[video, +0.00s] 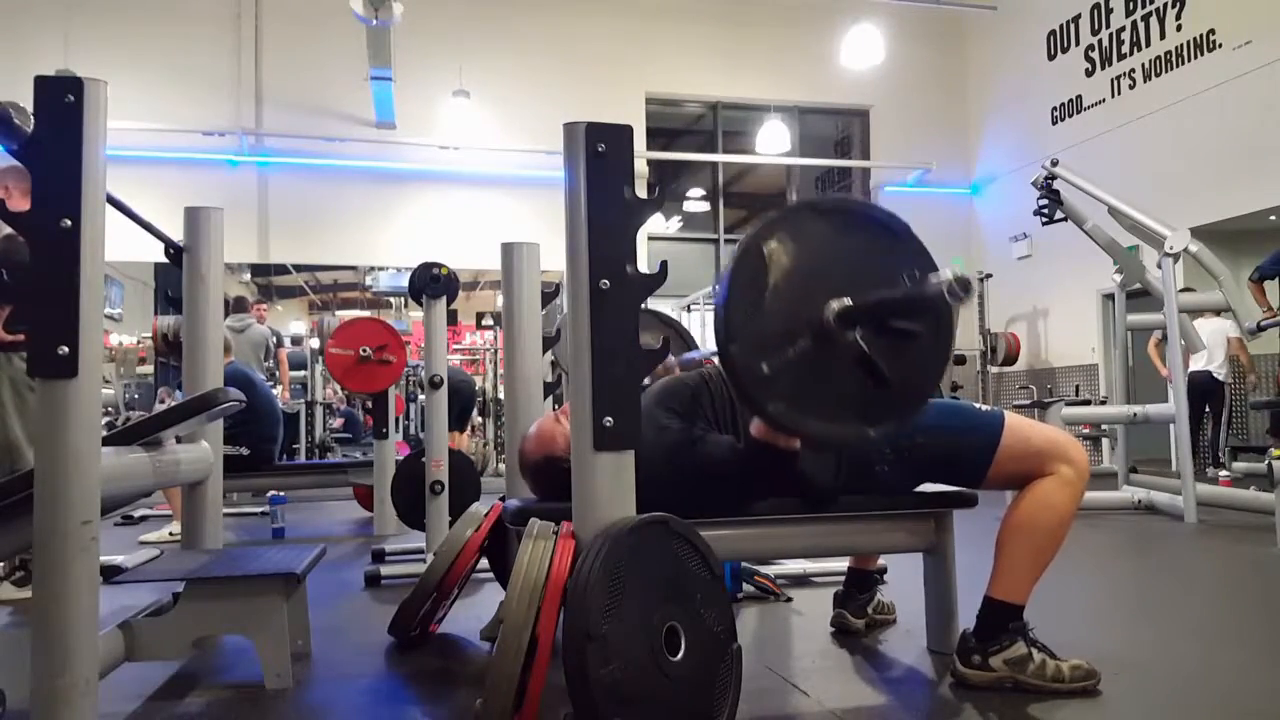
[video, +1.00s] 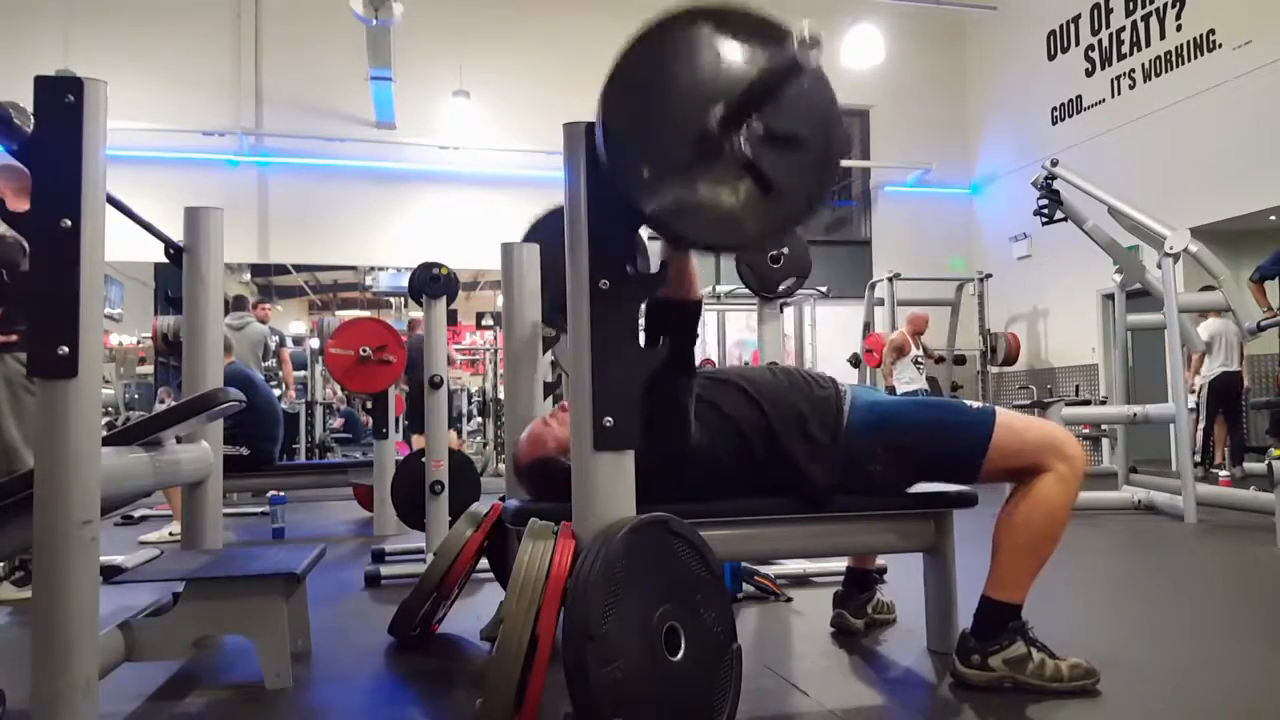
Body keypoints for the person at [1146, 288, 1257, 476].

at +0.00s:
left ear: (1201, 311)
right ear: (1220, 310)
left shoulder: (1191, 326)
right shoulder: (1228, 324)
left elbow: (1184, 354)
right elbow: (1238, 349)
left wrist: (1183, 373)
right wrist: (1250, 372)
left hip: (1193, 377)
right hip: (1217, 378)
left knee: (1192, 423)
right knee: (1219, 422)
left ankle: (1189, 464)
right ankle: (1216, 465)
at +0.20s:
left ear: (1198, 310)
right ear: (1216, 309)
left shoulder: (1189, 325)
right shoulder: (1228, 324)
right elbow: (1240, 351)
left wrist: (1164, 368)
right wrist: (1249, 371)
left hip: (1193, 377)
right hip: (1217, 378)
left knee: (1197, 422)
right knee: (1217, 422)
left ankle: (1200, 463)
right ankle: (1214, 462)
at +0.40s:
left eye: (1193, 304)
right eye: (1208, 303)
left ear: (1191, 308)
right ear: (1212, 307)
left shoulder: (1181, 326)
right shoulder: (1224, 326)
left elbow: (1163, 344)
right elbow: (1235, 352)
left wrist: (1169, 364)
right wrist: (1237, 370)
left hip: (1190, 378)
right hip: (1215, 378)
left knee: (1194, 422)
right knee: (1226, 414)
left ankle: (1200, 464)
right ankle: (1221, 457)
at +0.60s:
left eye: (1195, 305)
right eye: (1210, 304)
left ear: (1193, 307)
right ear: (1212, 307)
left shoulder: (1184, 327)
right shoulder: (1225, 328)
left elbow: (1171, 357)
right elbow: (1235, 360)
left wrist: (1168, 377)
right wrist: (1231, 379)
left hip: (1193, 379)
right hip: (1218, 378)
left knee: (1194, 425)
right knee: (1225, 423)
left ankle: (1199, 464)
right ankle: (1233, 461)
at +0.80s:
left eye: (1200, 305)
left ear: (1198, 307)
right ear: (1218, 306)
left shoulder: (1195, 328)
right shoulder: (1229, 327)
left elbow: (1186, 356)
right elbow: (1238, 355)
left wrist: (1186, 376)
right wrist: (1237, 376)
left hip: (1202, 378)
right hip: (1225, 377)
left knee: (1201, 423)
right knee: (1226, 423)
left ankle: (1203, 464)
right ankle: (1236, 464)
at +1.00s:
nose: (1196, 310)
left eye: (1198, 306)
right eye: (1197, 306)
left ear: (1202, 308)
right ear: (1220, 306)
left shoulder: (1205, 327)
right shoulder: (1234, 326)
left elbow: (1198, 355)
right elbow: (1241, 354)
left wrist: (1191, 377)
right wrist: (1242, 375)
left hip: (1214, 378)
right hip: (1235, 376)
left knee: (1206, 422)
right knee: (1235, 423)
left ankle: (1201, 462)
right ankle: (1237, 464)